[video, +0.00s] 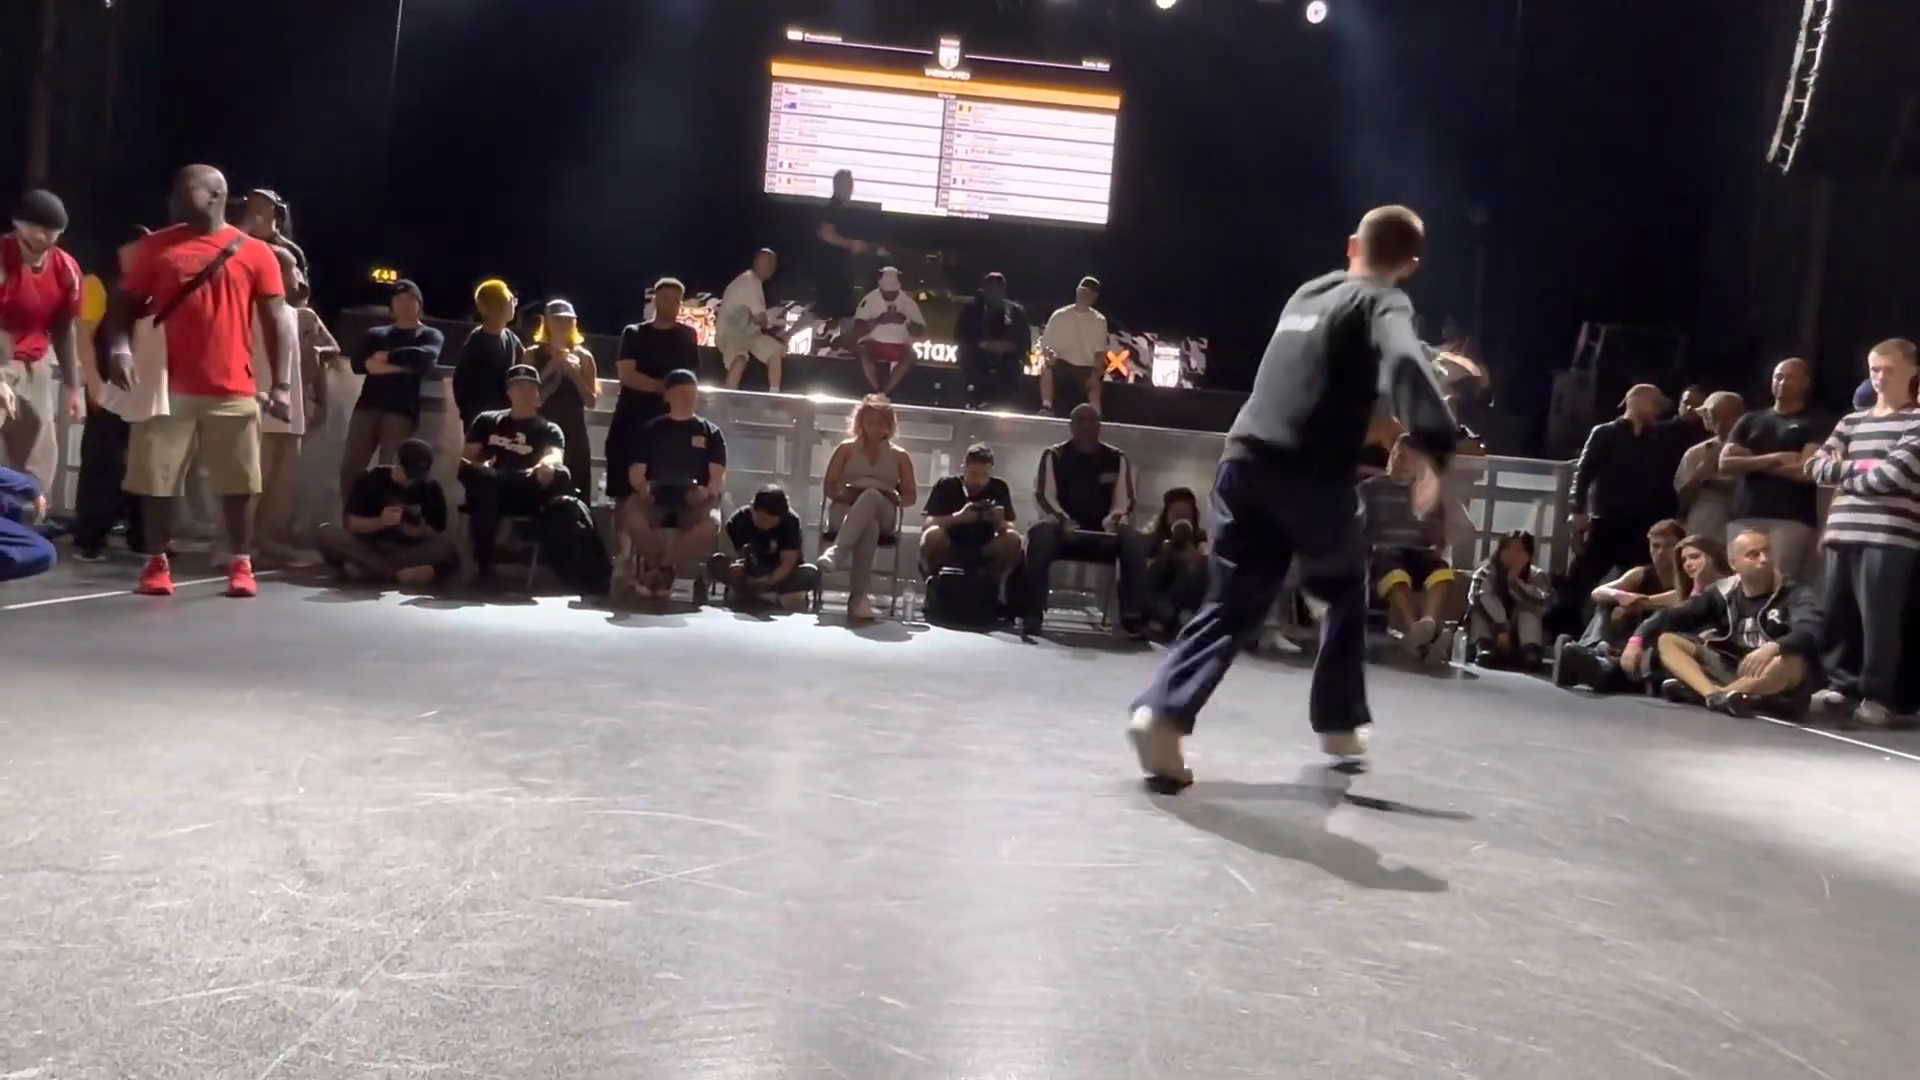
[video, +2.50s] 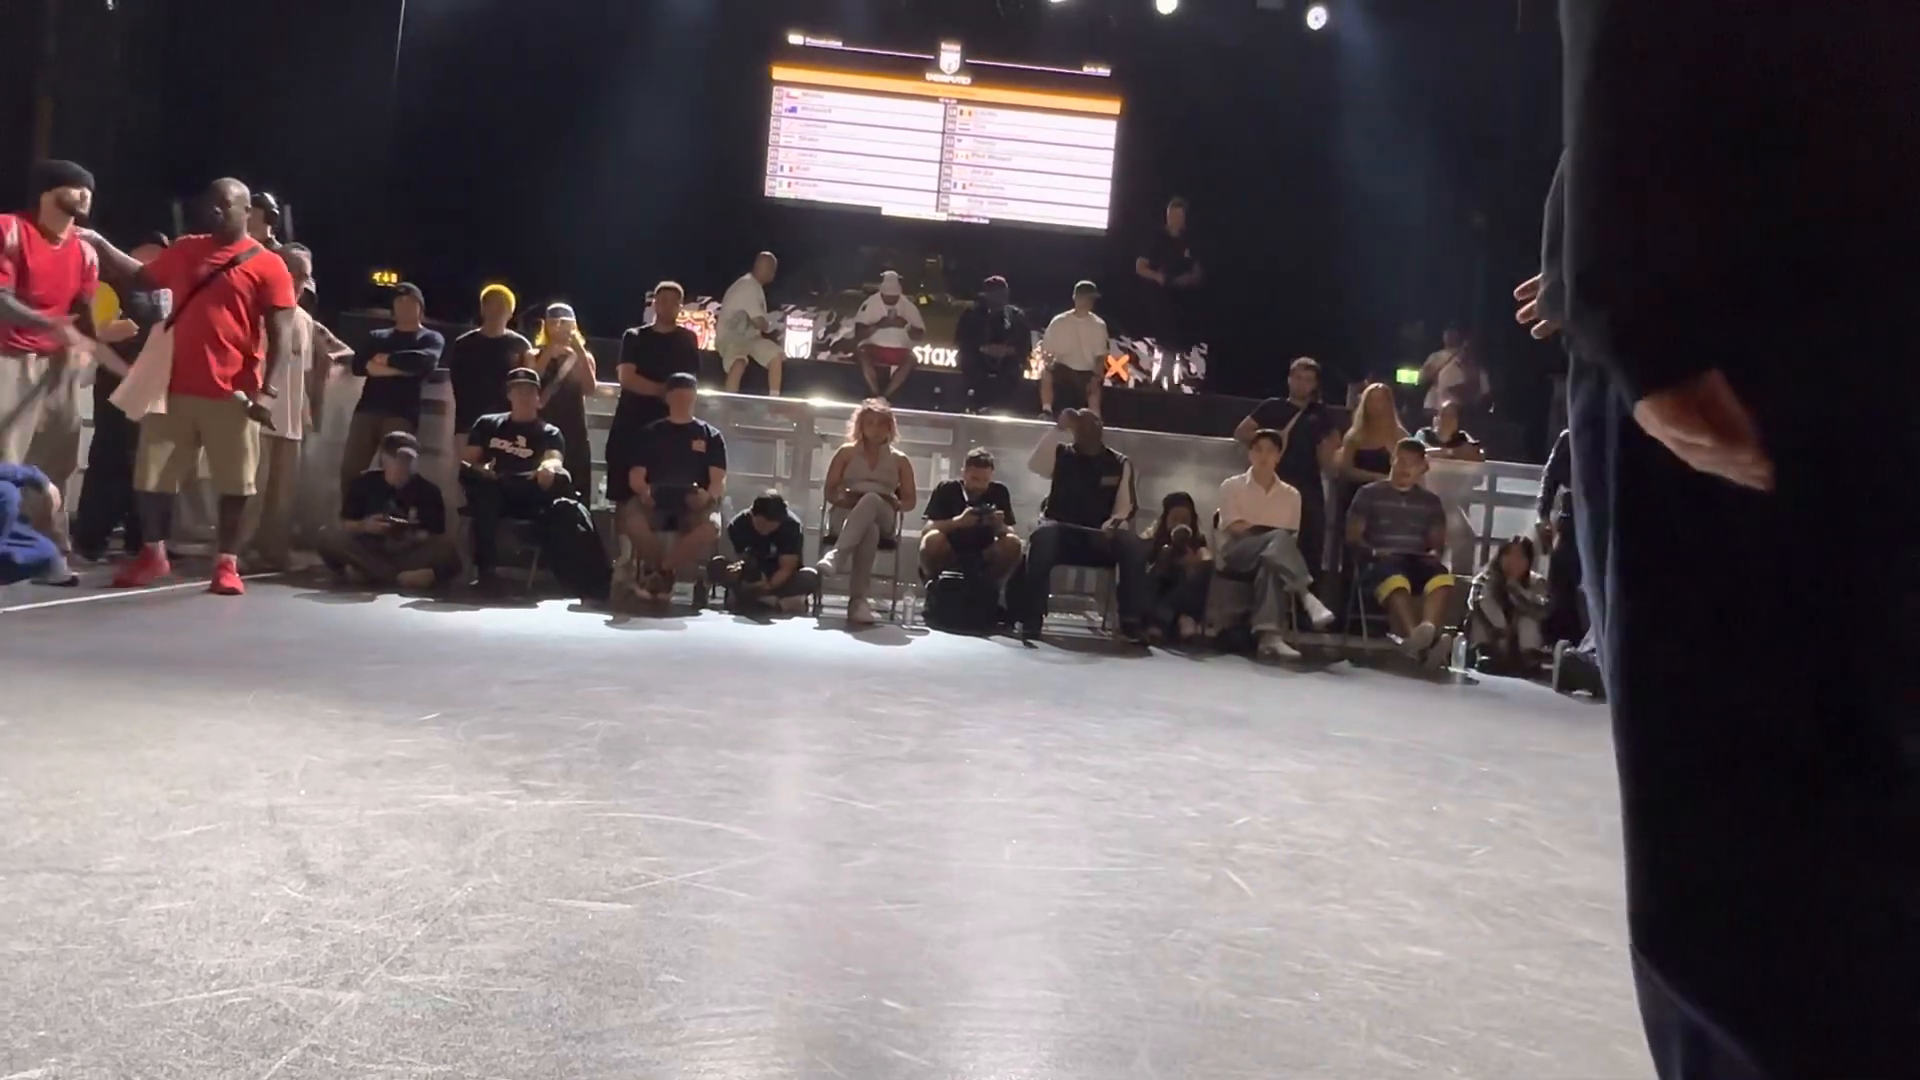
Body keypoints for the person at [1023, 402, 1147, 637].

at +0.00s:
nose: (1086, 427)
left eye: (1091, 421)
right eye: (1080, 421)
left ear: (1100, 425)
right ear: (1071, 425)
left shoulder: (1117, 459)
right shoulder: (1054, 456)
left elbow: (1124, 501)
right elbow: (1045, 496)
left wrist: (1114, 518)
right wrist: (1062, 519)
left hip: (1103, 535)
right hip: (1068, 533)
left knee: (1133, 539)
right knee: (1040, 532)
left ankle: (1133, 617)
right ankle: (1032, 616)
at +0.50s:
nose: (1085, 426)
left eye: (1091, 421)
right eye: (1079, 421)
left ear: (1099, 425)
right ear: (1070, 425)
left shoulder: (1116, 458)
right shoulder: (1053, 456)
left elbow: (1123, 501)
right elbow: (1044, 496)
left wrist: (1114, 518)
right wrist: (1062, 519)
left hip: (1102, 536)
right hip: (1067, 534)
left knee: (1133, 540)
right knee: (1040, 532)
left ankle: (1132, 619)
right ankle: (1032, 616)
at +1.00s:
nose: (1086, 427)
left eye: (1091, 421)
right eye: (1080, 421)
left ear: (1099, 425)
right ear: (1070, 425)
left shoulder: (1116, 458)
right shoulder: (1053, 455)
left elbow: (1122, 501)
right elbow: (1045, 496)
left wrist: (1113, 519)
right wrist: (1062, 520)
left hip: (1102, 536)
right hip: (1066, 533)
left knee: (1132, 539)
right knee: (1039, 532)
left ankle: (1132, 618)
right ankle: (1032, 616)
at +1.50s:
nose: (1086, 427)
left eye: (1091, 422)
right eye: (1079, 422)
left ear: (1099, 426)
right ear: (1069, 426)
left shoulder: (1115, 459)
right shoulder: (1052, 456)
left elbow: (1122, 501)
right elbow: (1044, 497)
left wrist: (1113, 519)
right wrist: (1060, 520)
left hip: (1100, 536)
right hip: (1066, 534)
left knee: (1131, 540)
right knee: (1039, 533)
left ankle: (1130, 618)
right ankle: (1030, 619)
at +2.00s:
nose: (1087, 429)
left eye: (1093, 423)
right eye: (1081, 423)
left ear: (1102, 428)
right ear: (1071, 428)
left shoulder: (1118, 462)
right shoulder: (1053, 457)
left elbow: (1123, 503)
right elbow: (1037, 500)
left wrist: (1114, 519)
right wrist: (1053, 486)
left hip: (1099, 535)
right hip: (1062, 533)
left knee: (1132, 541)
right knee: (1040, 536)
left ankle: (1132, 619)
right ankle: (1031, 619)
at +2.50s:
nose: (1086, 430)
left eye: (1092, 424)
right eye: (1080, 425)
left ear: (1101, 430)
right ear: (1072, 430)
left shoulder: (1120, 463)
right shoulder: (1061, 455)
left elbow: (1124, 504)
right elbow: (1036, 464)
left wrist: (1115, 520)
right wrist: (1058, 429)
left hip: (1099, 535)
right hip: (1062, 532)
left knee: (1131, 543)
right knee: (1043, 537)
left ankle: (1131, 622)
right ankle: (1031, 621)